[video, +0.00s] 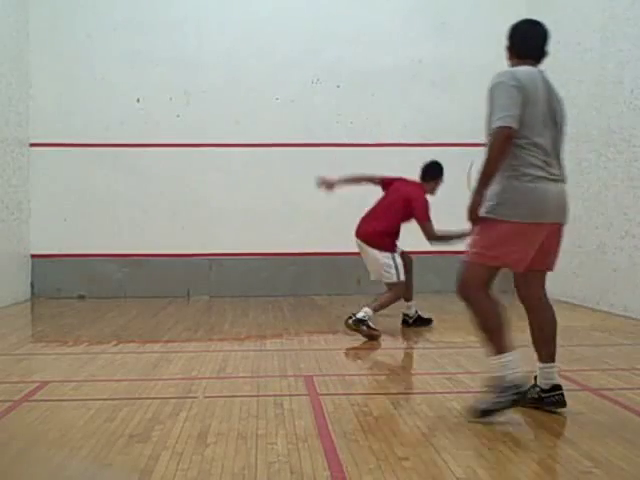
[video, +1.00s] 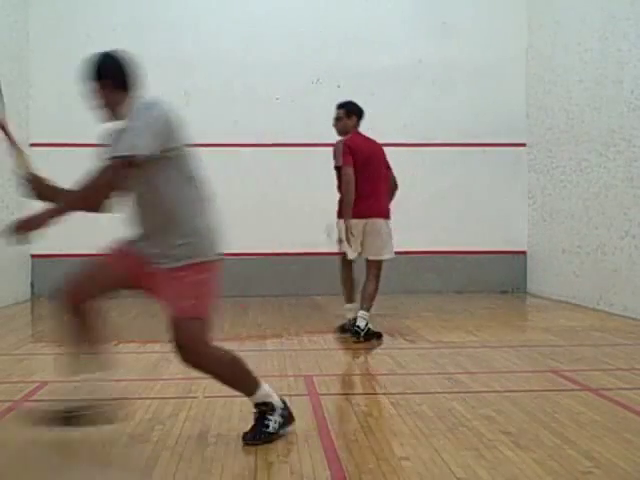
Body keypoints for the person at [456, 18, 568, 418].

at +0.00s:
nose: (506, 52)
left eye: (507, 46)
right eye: (512, 46)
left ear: (511, 48)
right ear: (542, 52)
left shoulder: (509, 80)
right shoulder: (551, 90)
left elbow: (505, 135)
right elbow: (551, 152)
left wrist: (477, 194)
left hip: (516, 201)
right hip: (553, 202)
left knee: (471, 285)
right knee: (531, 289)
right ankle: (548, 383)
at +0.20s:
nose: (461, 59)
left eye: (461, 53)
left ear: (461, 57)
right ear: (494, 60)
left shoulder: (455, 95)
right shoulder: (505, 100)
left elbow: (453, 148)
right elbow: (515, 155)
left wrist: (433, 206)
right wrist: (495, 193)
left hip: (472, 213)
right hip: (515, 211)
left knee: (421, 293)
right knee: (516, 296)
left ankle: (404, 389)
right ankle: (545, 386)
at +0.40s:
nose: (396, 56)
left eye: (396, 50)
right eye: (410, 49)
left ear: (396, 54)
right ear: (430, 55)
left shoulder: (389, 92)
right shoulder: (442, 97)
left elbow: (393, 140)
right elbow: (460, 160)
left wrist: (383, 199)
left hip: (407, 213)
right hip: (450, 210)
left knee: (386, 300)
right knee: (454, 290)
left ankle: (401, 392)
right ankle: (500, 366)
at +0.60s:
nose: (324, 53)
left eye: (325, 46)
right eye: (327, 46)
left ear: (330, 48)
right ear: (360, 46)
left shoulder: (347, 84)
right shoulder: (369, 83)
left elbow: (356, 153)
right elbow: (375, 159)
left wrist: (338, 215)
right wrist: (328, 214)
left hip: (367, 214)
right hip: (392, 211)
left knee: (314, 290)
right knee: (385, 298)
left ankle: (348, 387)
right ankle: (442, 388)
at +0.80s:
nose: (231, 73)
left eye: (232, 65)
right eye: (235, 64)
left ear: (238, 66)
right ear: (265, 64)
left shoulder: (260, 106)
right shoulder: (275, 103)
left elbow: (251, 179)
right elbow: (261, 177)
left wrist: (200, 223)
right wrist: (220, 199)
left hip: (283, 233)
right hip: (303, 231)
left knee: (234, 317)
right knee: (304, 321)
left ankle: (282, 410)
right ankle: (388, 368)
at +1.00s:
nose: (99, 99)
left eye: (102, 89)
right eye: (97, 90)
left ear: (117, 86)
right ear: (112, 88)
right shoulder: (122, 135)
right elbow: (96, 197)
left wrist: (42, 189)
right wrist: (43, 217)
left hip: (190, 255)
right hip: (150, 250)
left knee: (193, 348)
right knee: (77, 292)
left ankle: (271, 406)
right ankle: (97, 396)